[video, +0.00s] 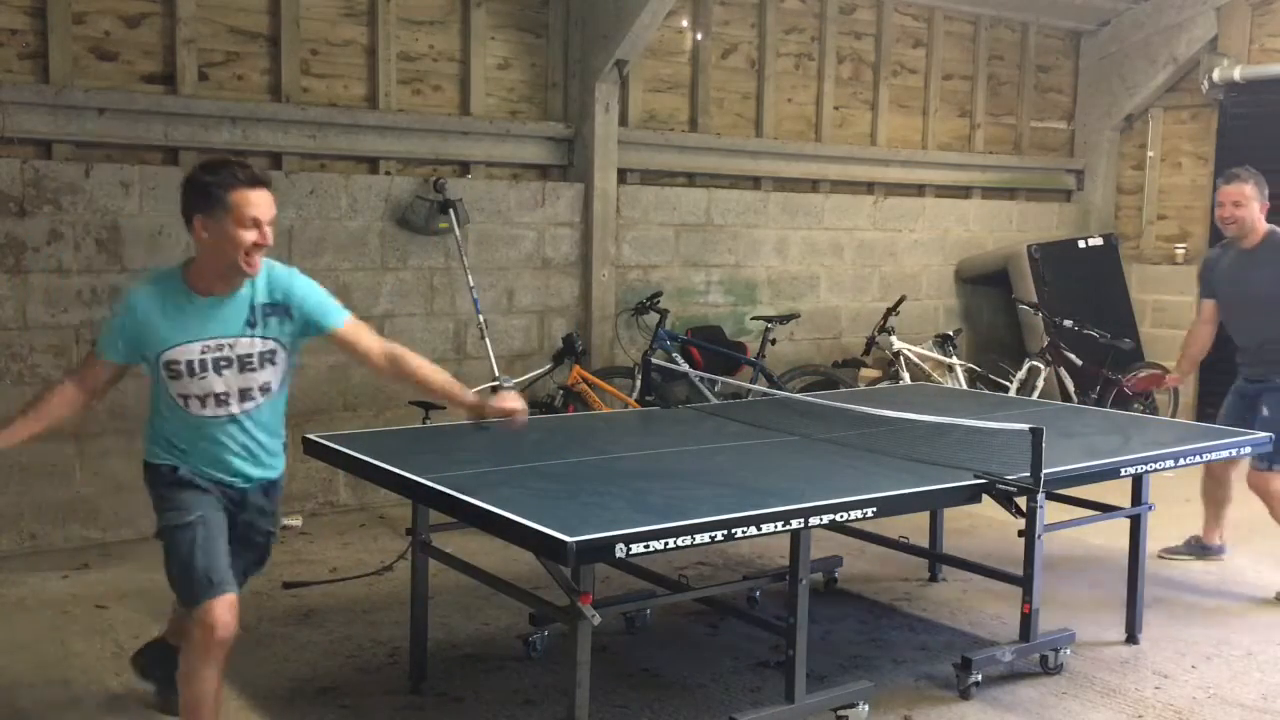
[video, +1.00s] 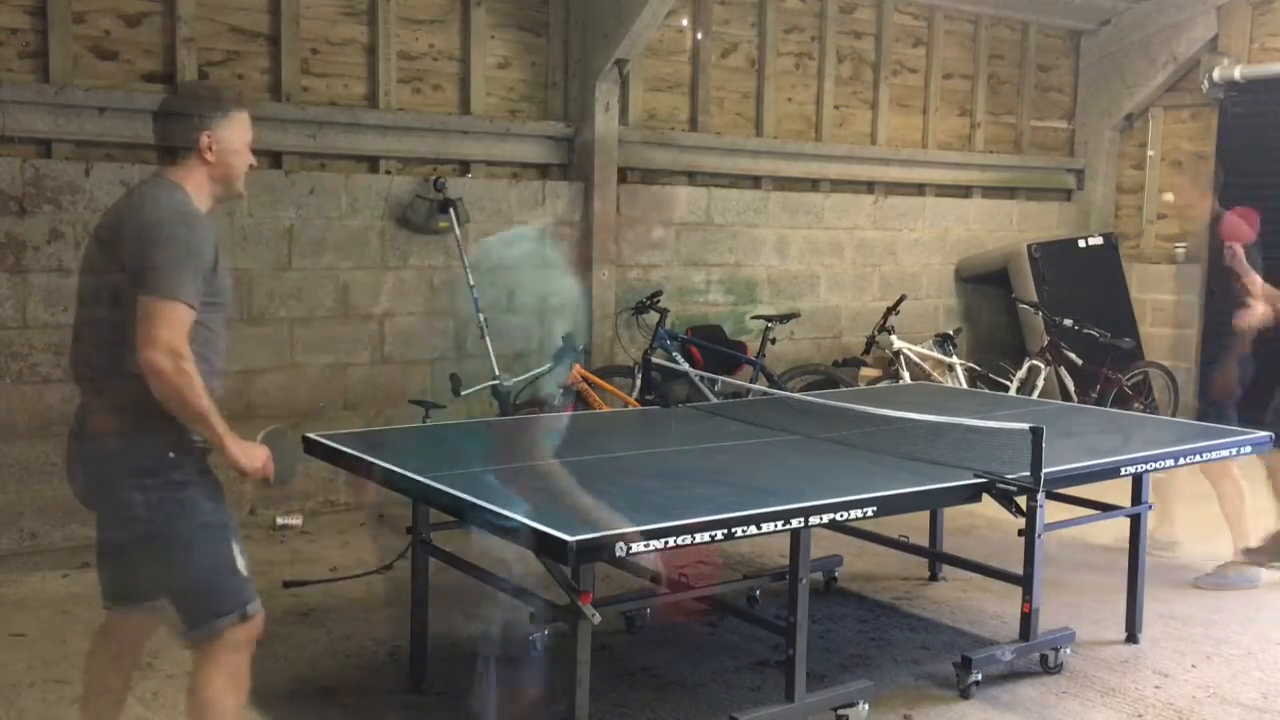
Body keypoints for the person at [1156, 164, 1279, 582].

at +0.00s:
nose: (1226, 213)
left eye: (1236, 204)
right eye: (1220, 205)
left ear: (1262, 207)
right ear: (1215, 209)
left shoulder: (1276, 247)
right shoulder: (1216, 262)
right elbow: (1205, 324)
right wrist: (1179, 372)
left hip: (1278, 381)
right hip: (1248, 379)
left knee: (1263, 476)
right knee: (1218, 459)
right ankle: (1210, 538)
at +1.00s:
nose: (1173, 200)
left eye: (1179, 192)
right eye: (1173, 192)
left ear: (1202, 192)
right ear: (1200, 193)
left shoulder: (1224, 234)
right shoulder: (1204, 233)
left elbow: (1245, 303)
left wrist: (1230, 362)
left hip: (1223, 358)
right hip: (1205, 353)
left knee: (1214, 455)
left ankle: (1244, 555)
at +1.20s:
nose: (1249, 195)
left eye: (1258, 188)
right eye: (1252, 188)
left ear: (1278, 198)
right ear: (1269, 199)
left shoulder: (1276, 253)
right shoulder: (1273, 254)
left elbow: (1243, 305)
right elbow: (1244, 307)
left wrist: (1208, 284)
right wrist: (1206, 283)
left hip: (1273, 374)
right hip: (1268, 372)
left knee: (1235, 448)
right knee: (1233, 448)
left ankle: (1195, 531)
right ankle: (1195, 531)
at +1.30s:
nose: (1225, 200)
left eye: (1234, 193)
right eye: (1229, 192)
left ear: (1261, 200)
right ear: (1253, 201)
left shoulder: (1274, 247)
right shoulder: (1246, 260)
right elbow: (1212, 307)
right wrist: (1159, 299)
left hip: (1271, 375)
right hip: (1251, 376)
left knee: (1223, 459)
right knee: (1219, 457)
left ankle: (1187, 539)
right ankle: (1187, 540)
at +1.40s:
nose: (1207, 203)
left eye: (1215, 197)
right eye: (1209, 196)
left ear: (1244, 203)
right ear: (1232, 204)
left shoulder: (1273, 249)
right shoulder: (1216, 267)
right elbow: (1176, 315)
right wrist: (1113, 322)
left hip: (1273, 380)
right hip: (1233, 379)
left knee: (1276, 471)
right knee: (1202, 452)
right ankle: (1184, 539)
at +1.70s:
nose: (1188, 202)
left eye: (1197, 193)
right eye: (1185, 195)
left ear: (1224, 197)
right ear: (1184, 203)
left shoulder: (1263, 243)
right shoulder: (1184, 264)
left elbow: (1279, 299)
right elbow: (1180, 326)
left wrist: (1279, 360)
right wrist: (1157, 345)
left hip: (1262, 375)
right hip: (1214, 378)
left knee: (1274, 464)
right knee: (1186, 451)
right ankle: (1183, 540)